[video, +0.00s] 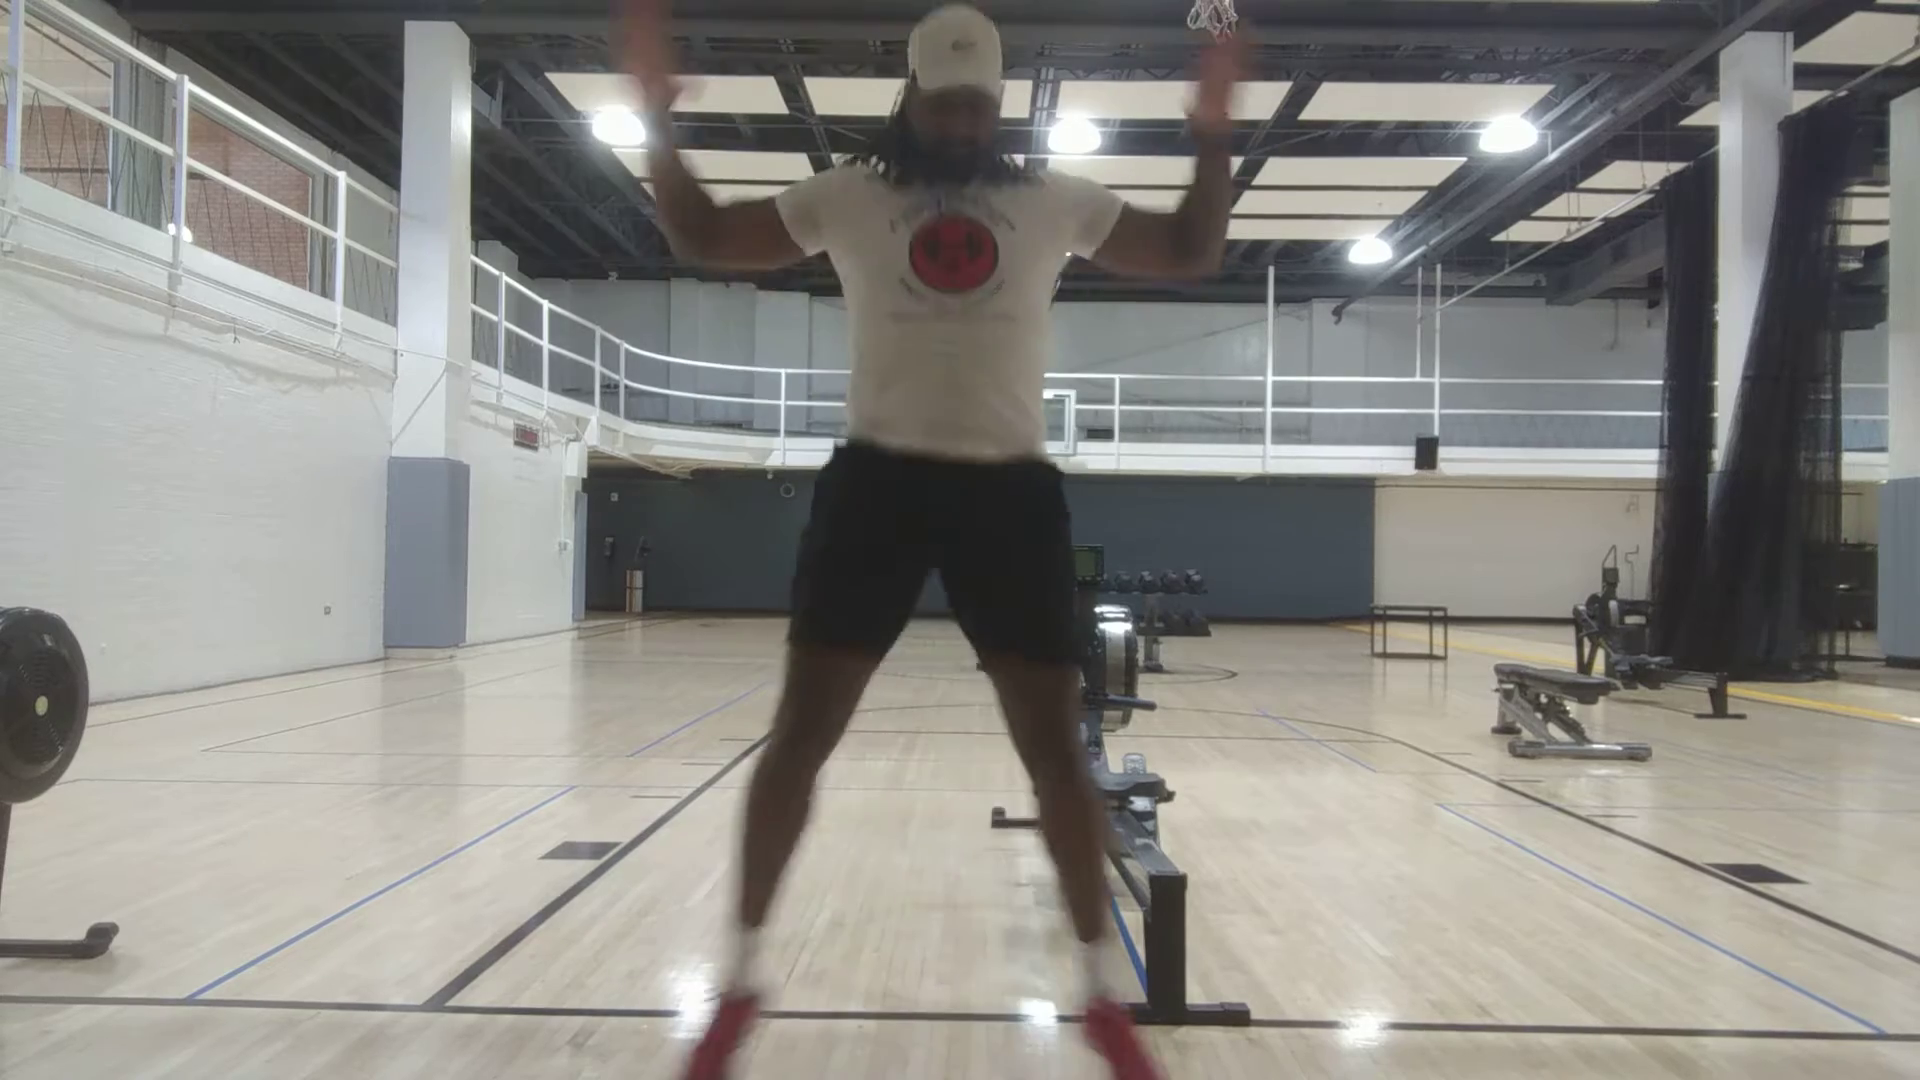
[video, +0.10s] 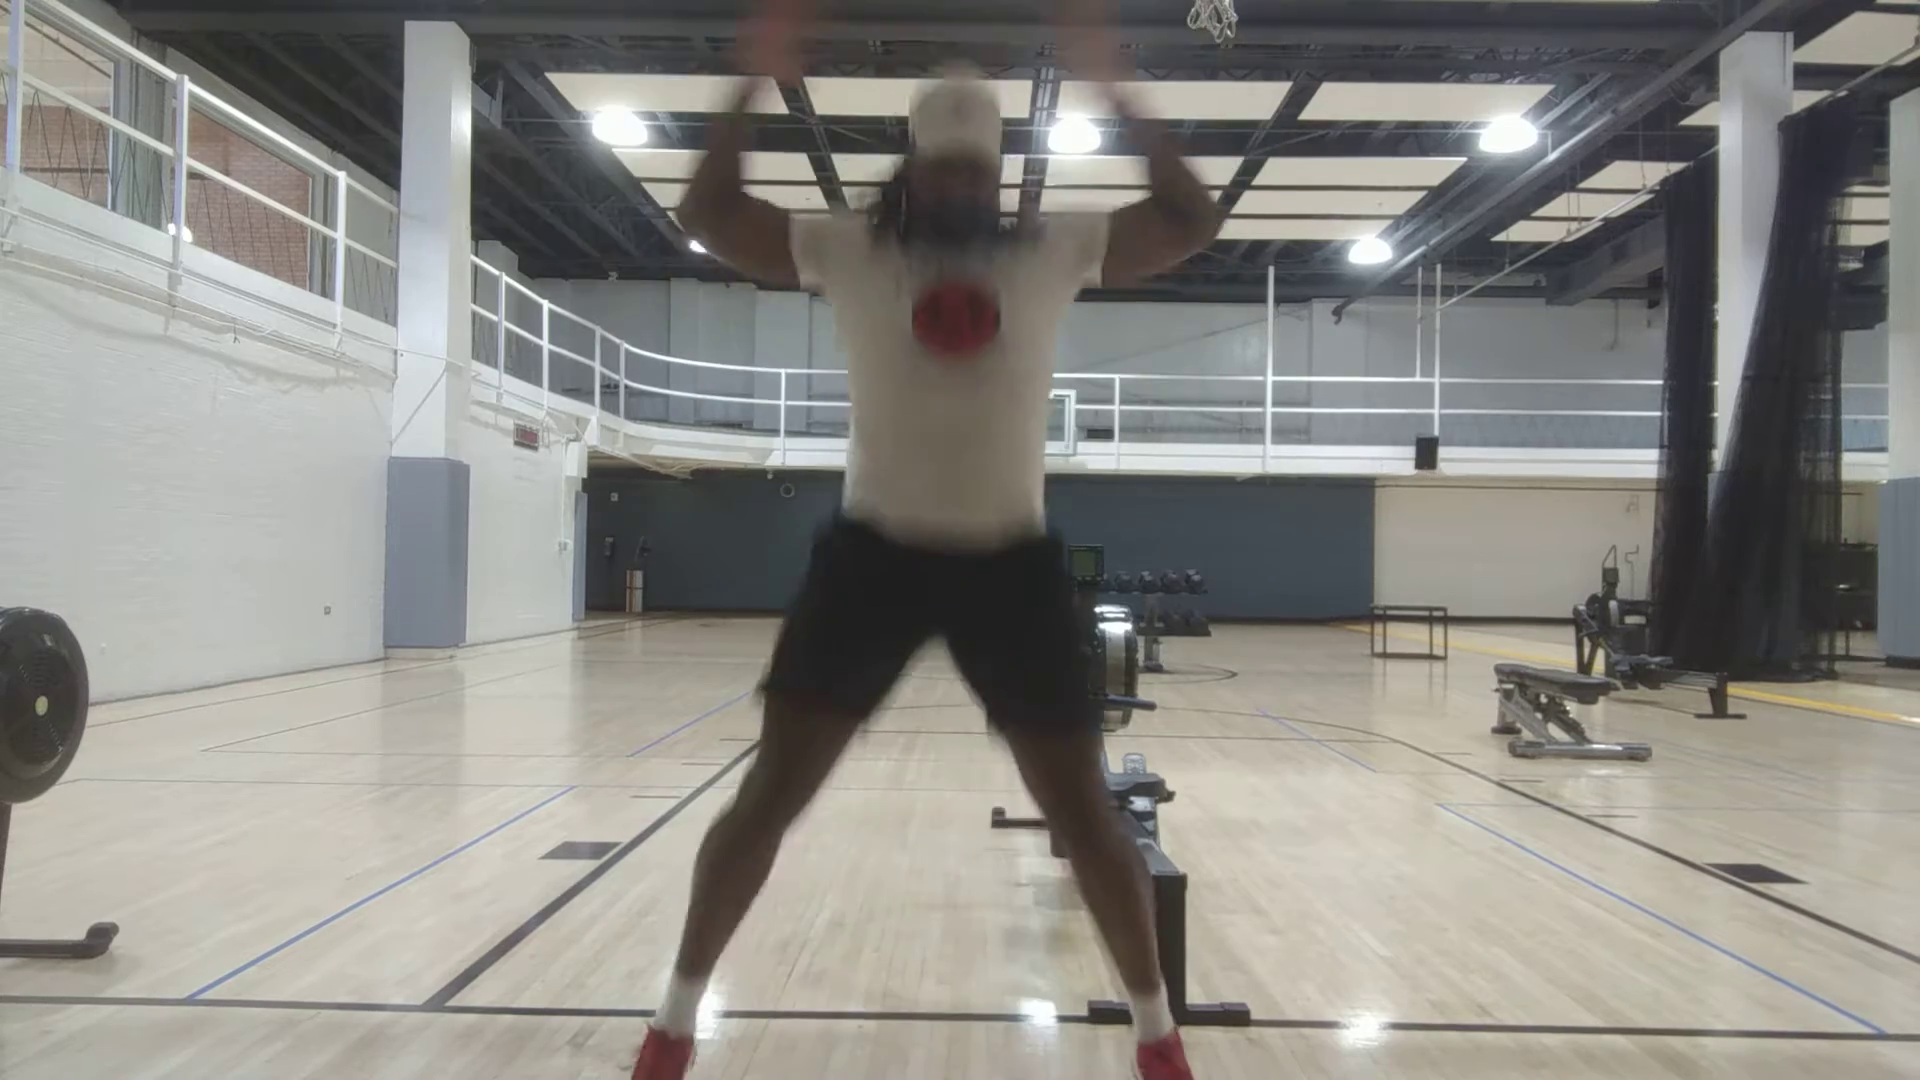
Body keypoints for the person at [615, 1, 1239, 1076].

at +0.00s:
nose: (961, 123)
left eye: (977, 104)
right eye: (942, 104)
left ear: (1004, 105)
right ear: (907, 103)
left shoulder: (1055, 200)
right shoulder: (851, 195)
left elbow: (1190, 252)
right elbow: (703, 235)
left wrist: (1214, 124)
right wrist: (656, 112)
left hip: (1011, 493)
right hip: (875, 485)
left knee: (1057, 747)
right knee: (802, 733)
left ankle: (1104, 989)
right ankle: (739, 977)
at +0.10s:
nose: (960, 180)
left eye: (977, 163)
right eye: (943, 161)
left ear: (1004, 168)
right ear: (909, 165)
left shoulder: (1054, 252)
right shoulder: (848, 248)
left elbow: (1189, 219)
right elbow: (709, 213)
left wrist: (1123, 97)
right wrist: (749, 86)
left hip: (1012, 566)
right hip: (873, 558)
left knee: (1080, 806)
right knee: (772, 795)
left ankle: (1159, 1036)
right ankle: (677, 1021)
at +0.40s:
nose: (945, 103)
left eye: (962, 86)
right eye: (926, 85)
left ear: (989, 101)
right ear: (892, 99)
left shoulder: (1044, 215)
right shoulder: (839, 212)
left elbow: (1161, 299)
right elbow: (715, 285)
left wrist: (1246, 203)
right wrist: (644, 205)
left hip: (1001, 499)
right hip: (865, 495)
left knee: (1038, 752)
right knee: (809, 738)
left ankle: (1064, 997)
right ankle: (780, 982)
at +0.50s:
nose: (937, 89)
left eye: (954, 71)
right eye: (919, 71)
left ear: (980, 87)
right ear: (886, 87)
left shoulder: (1035, 211)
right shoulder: (833, 215)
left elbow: (1092, 348)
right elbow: (761, 340)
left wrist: (1162, 332)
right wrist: (724, 325)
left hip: (997, 501)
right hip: (866, 498)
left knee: (993, 766)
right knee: (849, 760)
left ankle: (967, 1001)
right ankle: (868, 997)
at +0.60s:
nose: (928, 133)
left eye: (946, 117)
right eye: (910, 116)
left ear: (973, 140)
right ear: (880, 137)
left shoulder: (1028, 279)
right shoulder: (829, 275)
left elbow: (1051, 417)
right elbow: (804, 424)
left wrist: (1051, 426)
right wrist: (799, 417)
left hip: (989, 557)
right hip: (863, 552)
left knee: (982, 820)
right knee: (857, 810)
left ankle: (957, 1030)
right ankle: (875, 1033)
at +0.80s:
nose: (925, 111)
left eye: (943, 93)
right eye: (906, 94)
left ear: (971, 113)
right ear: (877, 114)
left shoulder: (1024, 252)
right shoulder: (824, 250)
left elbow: (1085, 373)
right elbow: (760, 371)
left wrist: (1133, 366)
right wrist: (716, 373)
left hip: (989, 528)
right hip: (859, 527)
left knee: (989, 779)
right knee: (846, 769)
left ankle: (970, 1005)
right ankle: (863, 1001)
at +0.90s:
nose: (923, 65)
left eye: (941, 49)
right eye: (903, 50)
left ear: (972, 75)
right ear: (875, 76)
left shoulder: (1026, 195)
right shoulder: (825, 193)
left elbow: (1135, 308)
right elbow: (707, 304)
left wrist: (1192, 231)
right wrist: (639, 238)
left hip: (990, 481)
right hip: (854, 480)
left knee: (1013, 738)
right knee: (817, 733)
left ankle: (1033, 983)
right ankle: (799, 979)